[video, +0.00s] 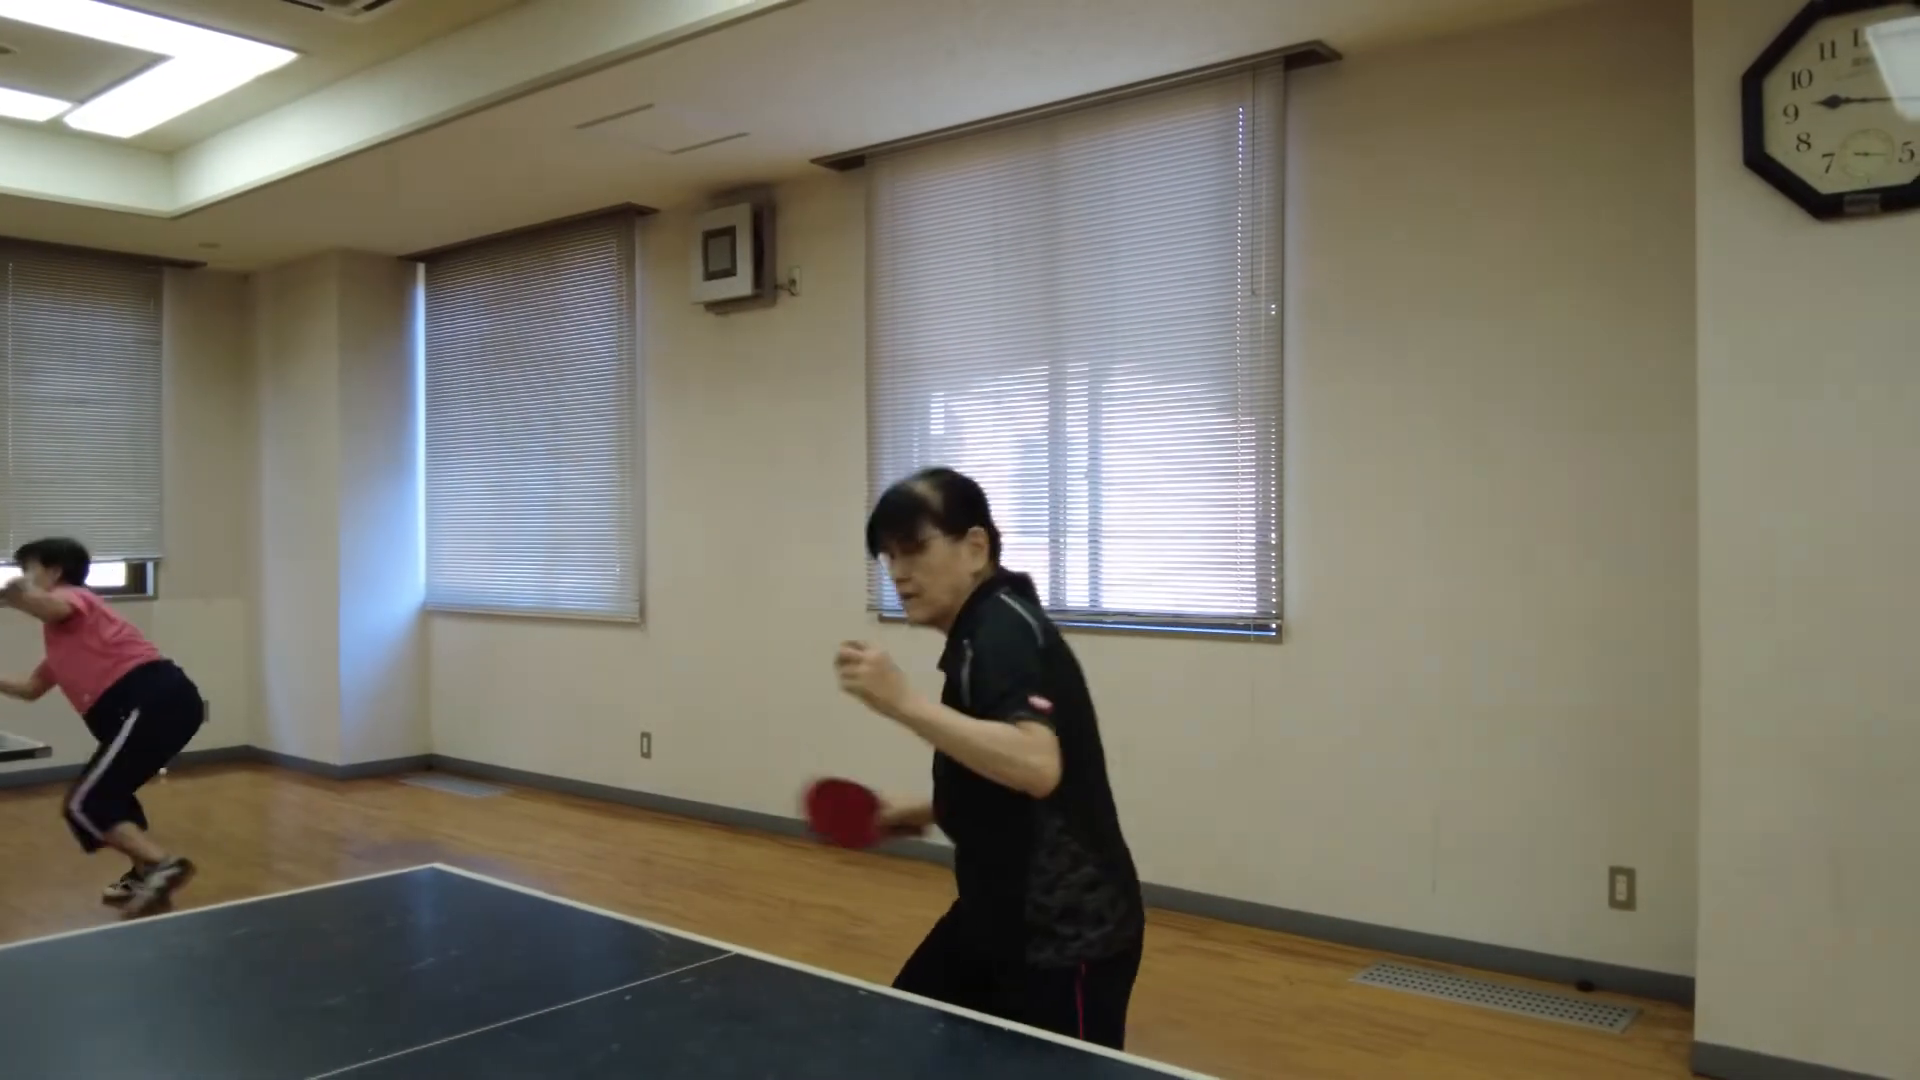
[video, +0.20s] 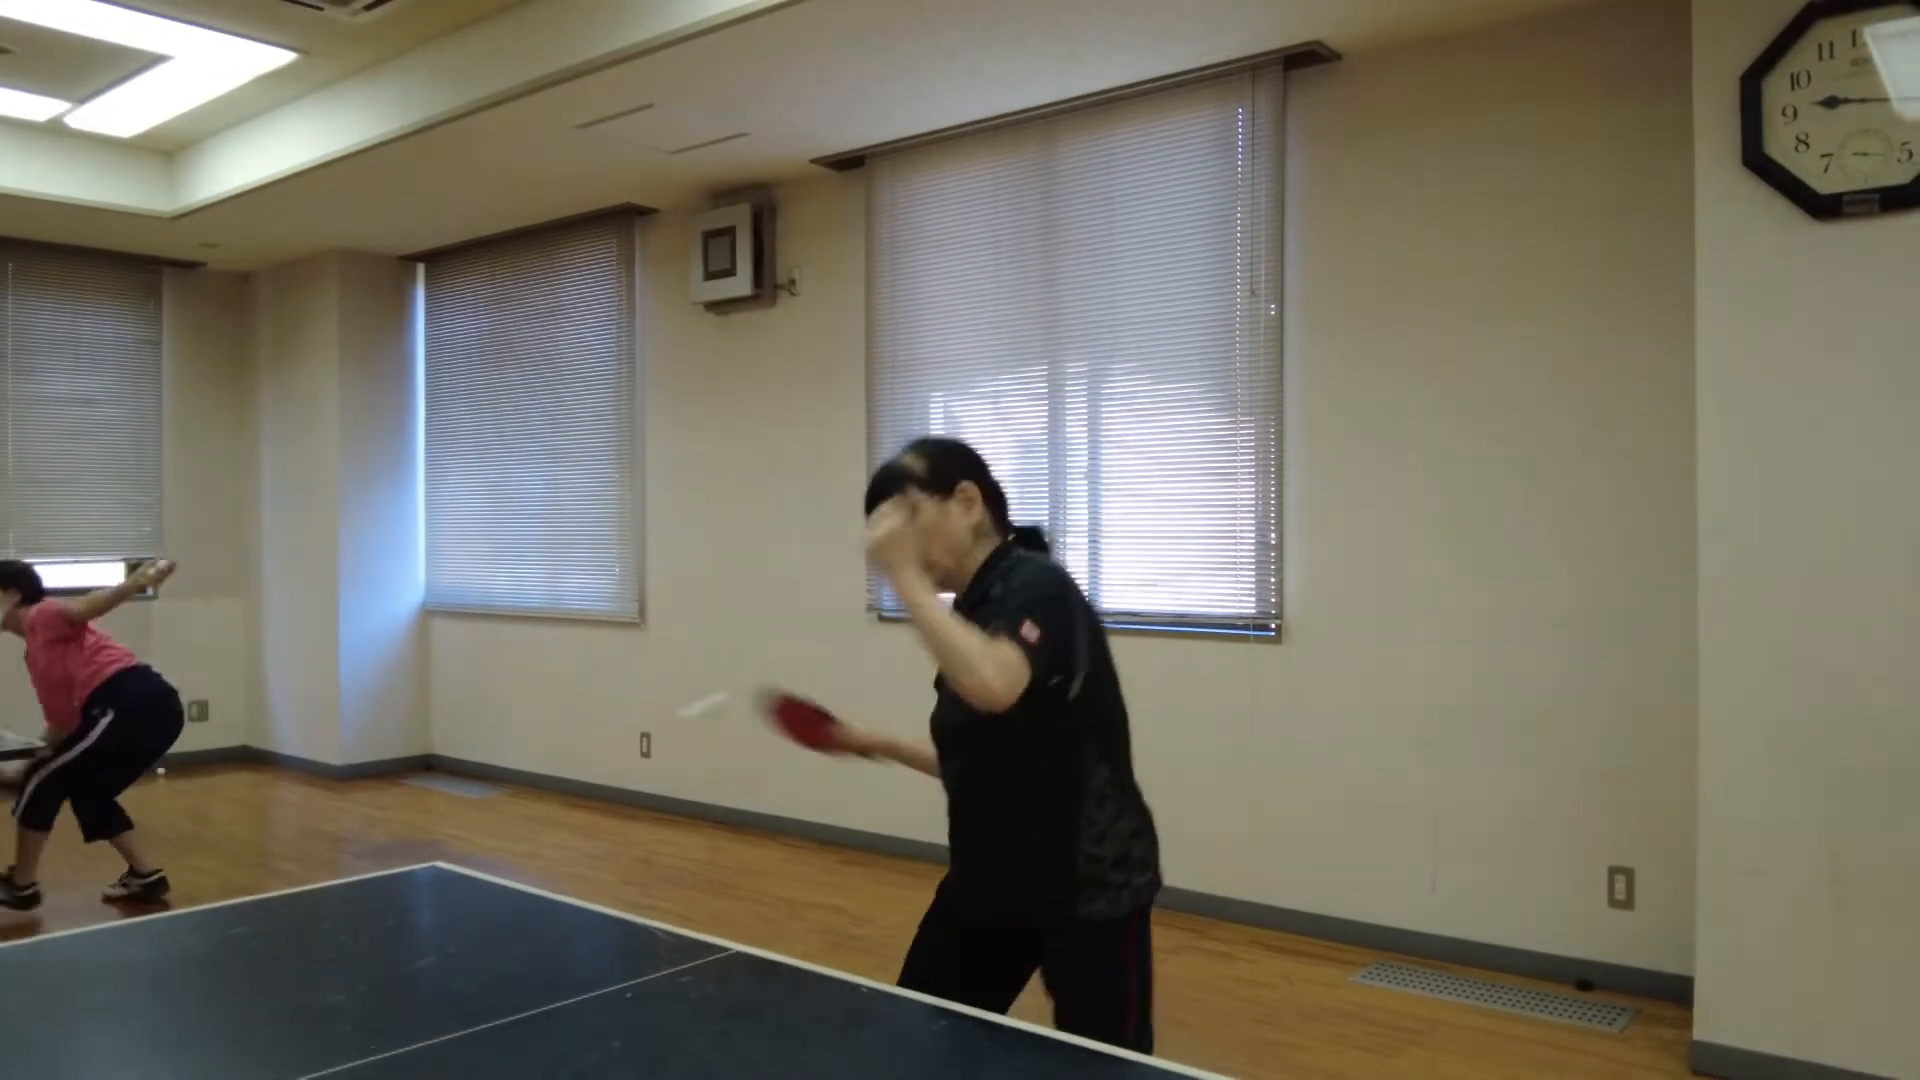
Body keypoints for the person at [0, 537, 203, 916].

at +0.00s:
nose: (23, 580)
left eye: (28, 571)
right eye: (23, 573)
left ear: (55, 571)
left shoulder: (74, 597)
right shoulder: (63, 639)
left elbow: (58, 609)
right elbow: (32, 690)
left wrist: (18, 597)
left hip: (157, 699)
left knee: (85, 803)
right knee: (108, 793)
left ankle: (160, 863)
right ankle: (145, 869)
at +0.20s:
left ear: (14, 595)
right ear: (16, 596)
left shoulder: (42, 615)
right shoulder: (37, 653)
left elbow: (84, 608)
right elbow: (63, 727)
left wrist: (134, 584)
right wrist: (31, 774)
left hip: (131, 705)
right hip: (160, 709)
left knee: (42, 782)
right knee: (88, 790)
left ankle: (22, 883)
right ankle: (144, 874)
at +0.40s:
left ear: (10, 581)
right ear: (14, 582)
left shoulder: (29, 609)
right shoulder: (23, 627)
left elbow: (60, 624)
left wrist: (93, 607)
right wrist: (34, 744)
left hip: (105, 717)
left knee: (10, 790)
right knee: (52, 806)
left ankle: (11, 885)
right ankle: (135, 860)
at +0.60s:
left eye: (2, 554)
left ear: (24, 558)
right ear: (25, 559)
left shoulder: (40, 594)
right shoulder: (38, 595)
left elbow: (54, 615)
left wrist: (66, 630)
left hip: (103, 707)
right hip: (122, 707)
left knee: (14, 786)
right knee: (59, 798)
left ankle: (11, 884)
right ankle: (141, 858)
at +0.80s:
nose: (19, 545)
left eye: (25, 534)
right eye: (17, 536)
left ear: (55, 537)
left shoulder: (71, 579)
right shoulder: (56, 592)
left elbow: (106, 610)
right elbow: (71, 666)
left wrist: (128, 635)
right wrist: (35, 715)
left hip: (127, 696)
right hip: (114, 699)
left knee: (50, 780)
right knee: (89, 789)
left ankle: (16, 884)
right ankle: (149, 869)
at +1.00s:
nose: (38, 536)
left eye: (43, 525)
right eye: (36, 527)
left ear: (72, 526)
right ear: (67, 529)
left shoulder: (95, 569)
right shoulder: (71, 584)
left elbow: (141, 610)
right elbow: (87, 660)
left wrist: (167, 649)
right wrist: (50, 702)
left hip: (142, 687)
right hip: (117, 693)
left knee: (63, 775)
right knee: (103, 783)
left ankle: (63, 887)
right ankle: (152, 872)